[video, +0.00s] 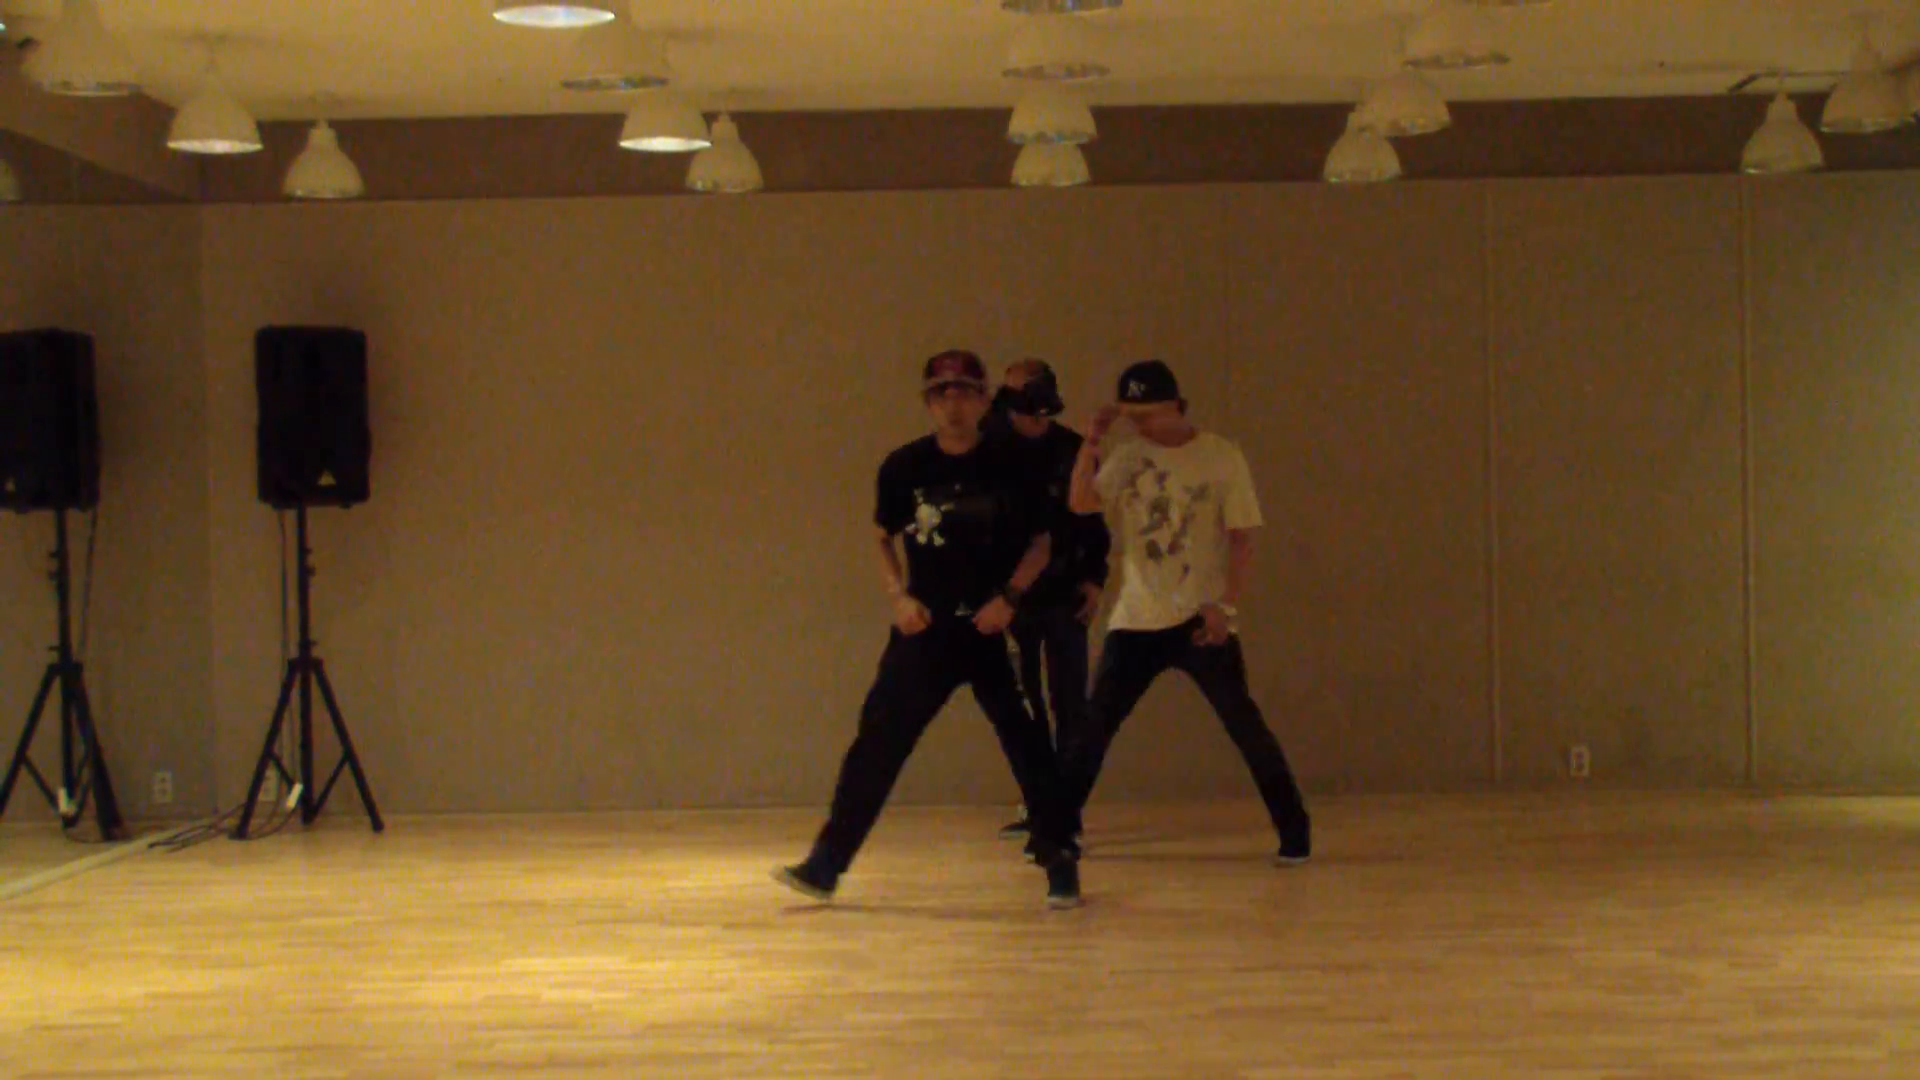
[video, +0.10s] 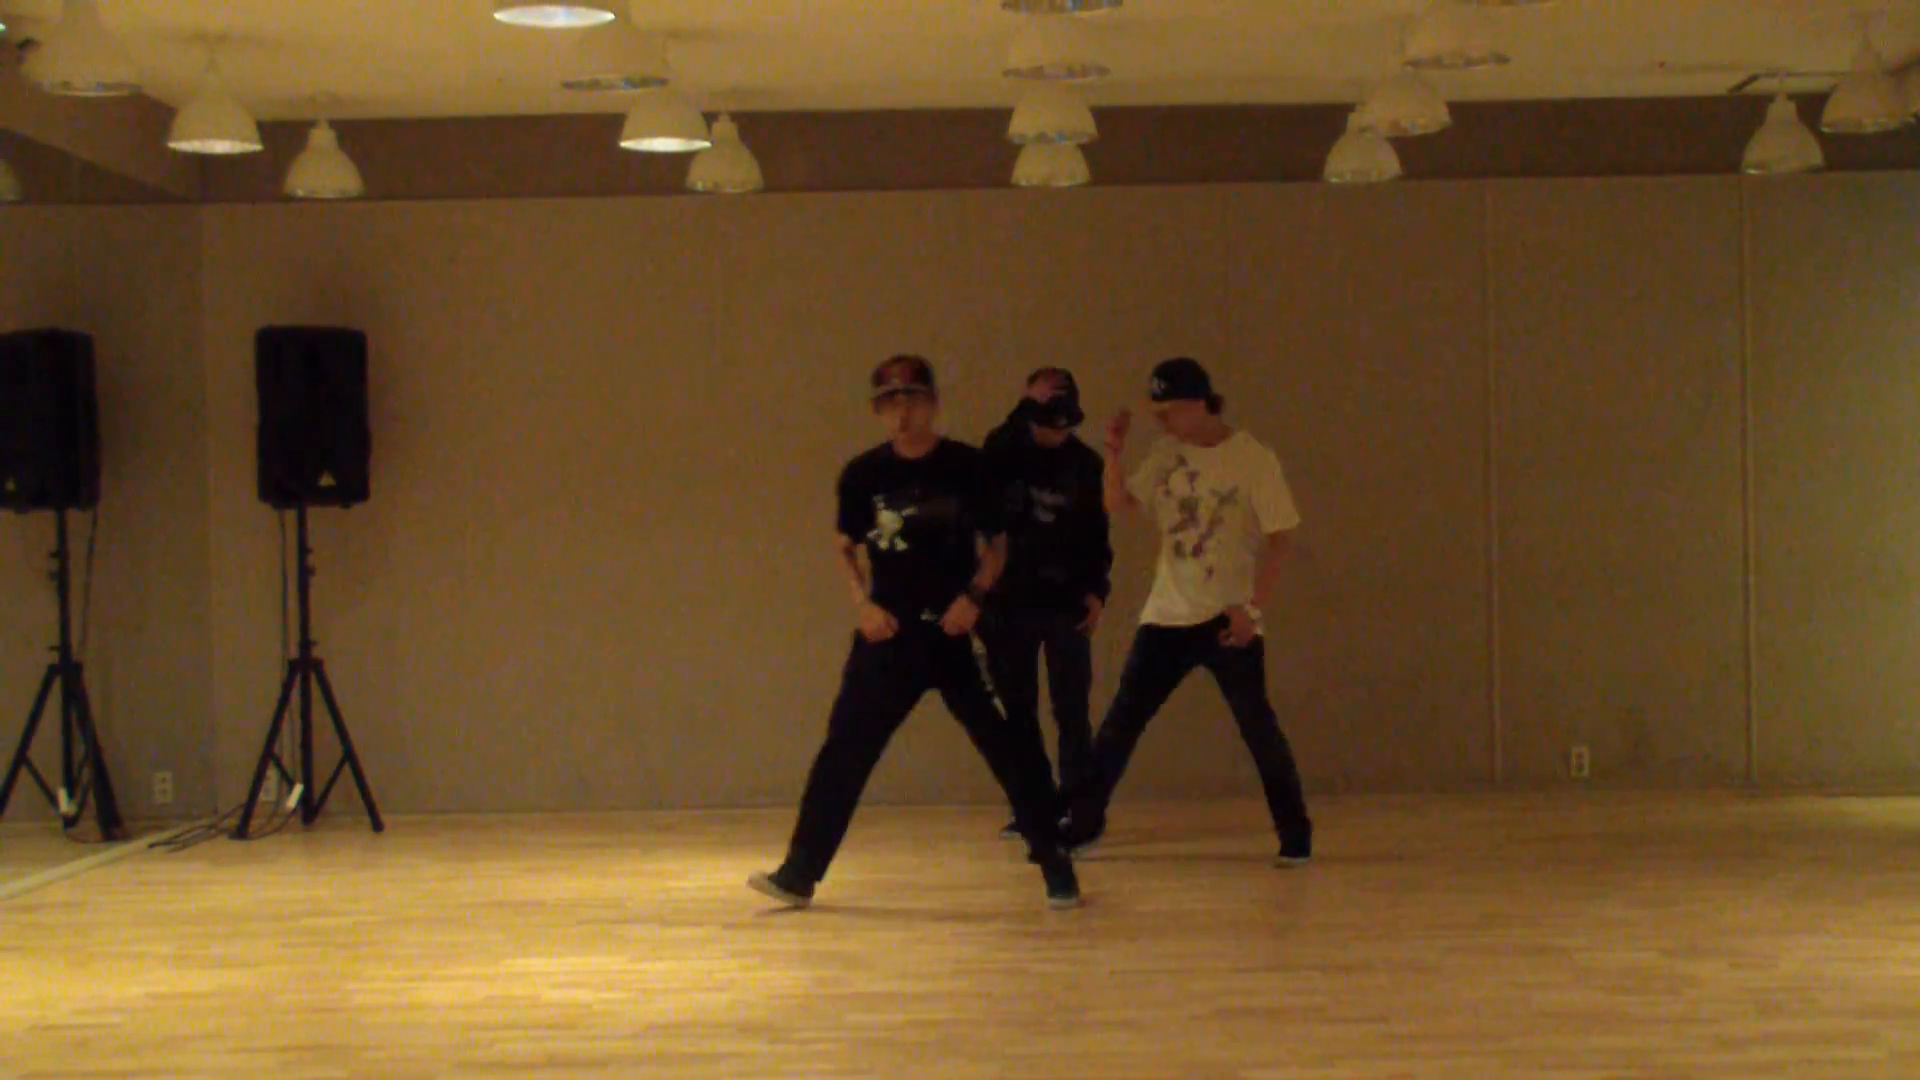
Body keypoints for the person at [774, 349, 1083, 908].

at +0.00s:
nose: (952, 402)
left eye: (964, 390)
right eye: (941, 392)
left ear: (984, 398)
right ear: (927, 402)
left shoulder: (1016, 463)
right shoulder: (904, 467)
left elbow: (1043, 542)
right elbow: (885, 537)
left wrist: (1009, 597)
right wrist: (899, 596)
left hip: (992, 631)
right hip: (926, 632)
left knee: (1028, 740)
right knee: (879, 738)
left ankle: (1060, 861)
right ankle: (826, 862)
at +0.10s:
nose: (902, 410)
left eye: (912, 398)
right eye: (890, 400)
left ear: (933, 403)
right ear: (878, 409)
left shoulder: (967, 465)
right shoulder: (862, 474)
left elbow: (998, 544)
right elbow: (845, 549)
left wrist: (973, 597)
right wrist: (863, 603)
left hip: (951, 640)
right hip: (888, 640)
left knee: (1007, 744)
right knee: (844, 750)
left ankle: (1053, 858)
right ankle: (800, 871)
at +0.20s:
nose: (850, 414)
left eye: (860, 401)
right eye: (839, 404)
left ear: (881, 404)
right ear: (828, 412)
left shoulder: (924, 462)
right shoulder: (815, 475)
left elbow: (949, 539)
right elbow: (795, 552)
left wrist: (926, 591)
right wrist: (816, 606)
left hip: (913, 633)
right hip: (844, 636)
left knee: (971, 746)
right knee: (807, 760)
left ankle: (1021, 858)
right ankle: (787, 879)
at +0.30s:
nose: (813, 406)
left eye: (824, 394)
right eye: (802, 397)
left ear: (844, 397)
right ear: (791, 405)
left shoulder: (886, 453)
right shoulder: (777, 469)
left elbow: (914, 530)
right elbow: (757, 545)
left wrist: (893, 581)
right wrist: (783, 602)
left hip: (880, 623)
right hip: (811, 627)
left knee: (919, 741)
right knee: (790, 752)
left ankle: (936, 865)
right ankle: (786, 876)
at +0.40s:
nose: (787, 404)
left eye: (797, 391)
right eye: (776, 393)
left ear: (818, 396)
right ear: (763, 403)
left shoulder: (855, 452)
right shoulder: (746, 467)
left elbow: (891, 526)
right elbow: (727, 542)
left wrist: (864, 575)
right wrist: (753, 599)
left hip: (844, 625)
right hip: (781, 629)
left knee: (859, 750)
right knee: (782, 757)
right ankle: (785, 875)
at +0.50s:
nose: (772, 401)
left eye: (782, 389)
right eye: (759, 391)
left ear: (799, 396)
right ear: (744, 401)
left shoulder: (833, 456)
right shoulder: (726, 467)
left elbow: (871, 531)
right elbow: (710, 541)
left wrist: (831, 571)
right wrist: (725, 597)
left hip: (814, 627)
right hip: (753, 629)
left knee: (809, 748)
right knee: (766, 748)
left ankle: (777, 839)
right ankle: (779, 873)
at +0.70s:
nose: (767, 412)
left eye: (774, 401)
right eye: (756, 401)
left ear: (783, 409)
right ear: (730, 409)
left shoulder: (801, 470)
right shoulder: (696, 472)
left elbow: (822, 547)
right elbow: (681, 545)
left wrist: (773, 542)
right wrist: (674, 603)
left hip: (770, 627)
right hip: (706, 625)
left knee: (753, 740)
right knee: (723, 741)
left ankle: (699, 833)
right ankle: (753, 863)